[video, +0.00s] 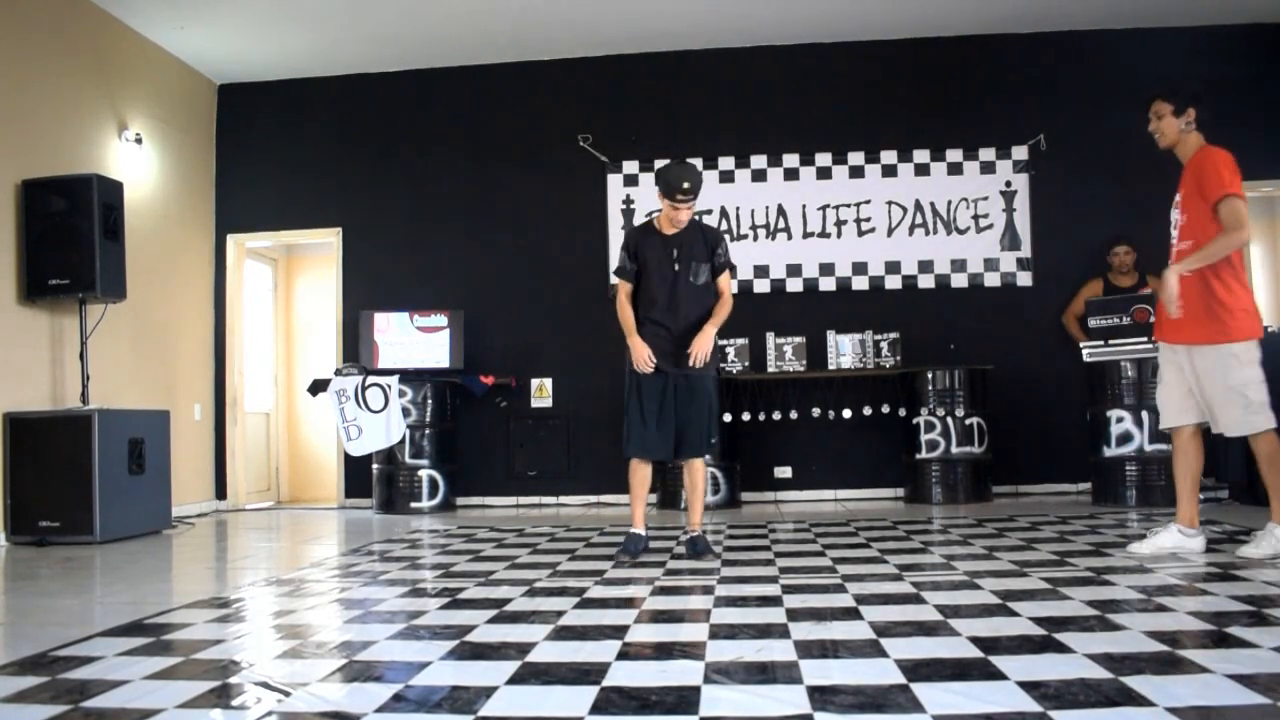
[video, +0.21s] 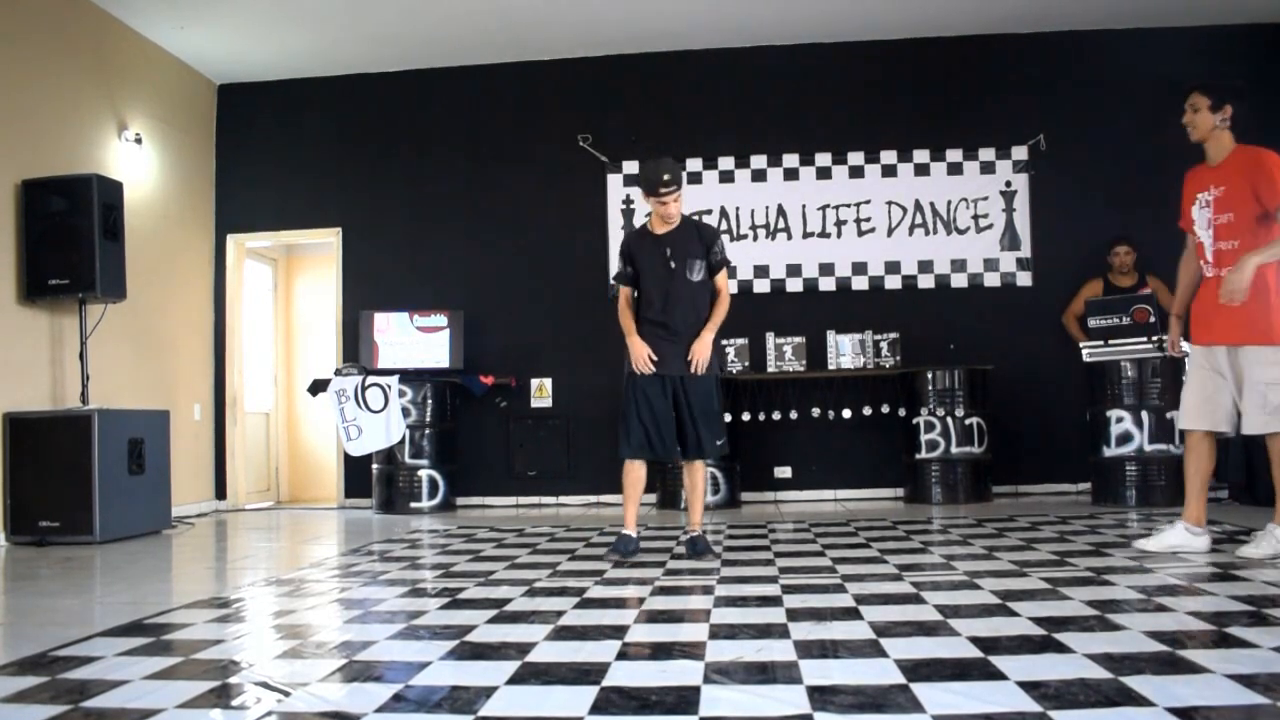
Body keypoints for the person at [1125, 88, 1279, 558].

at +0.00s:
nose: (1151, 127)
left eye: (1159, 118)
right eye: (1150, 120)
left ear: (1188, 118)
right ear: (1175, 123)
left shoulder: (1212, 161)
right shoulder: (1188, 173)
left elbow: (1238, 230)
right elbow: (1203, 244)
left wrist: (1177, 268)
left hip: (1223, 327)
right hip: (1181, 327)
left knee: (1257, 425)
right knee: (1182, 423)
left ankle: (1278, 523)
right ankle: (1186, 528)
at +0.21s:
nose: (1186, 118)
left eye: (1195, 110)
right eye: (1185, 111)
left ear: (1224, 115)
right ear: (1193, 121)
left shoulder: (1262, 163)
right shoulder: (1194, 179)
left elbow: (1278, 232)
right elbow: (1193, 252)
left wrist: (1251, 259)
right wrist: (1176, 314)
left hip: (1263, 325)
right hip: (1210, 327)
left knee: (1272, 427)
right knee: (1198, 424)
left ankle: (1278, 525)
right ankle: (1193, 525)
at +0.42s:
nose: (1220, 115)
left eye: (1230, 108)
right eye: (1219, 108)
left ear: (1258, 116)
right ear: (1221, 119)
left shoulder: (1276, 164)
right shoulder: (1213, 178)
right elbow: (1182, 243)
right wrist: (1139, 295)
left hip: (1274, 321)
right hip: (1226, 322)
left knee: (1276, 428)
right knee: (1216, 419)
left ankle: (1278, 523)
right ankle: (1273, 494)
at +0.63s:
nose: (1248, 116)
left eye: (1259, 109)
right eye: (1246, 109)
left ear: (1279, 120)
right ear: (1241, 119)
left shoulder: (1279, 171)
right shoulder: (1226, 180)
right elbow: (1208, 245)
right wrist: (1174, 282)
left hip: (1277, 320)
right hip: (1242, 323)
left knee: (1273, 428)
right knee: (1261, 429)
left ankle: (1277, 525)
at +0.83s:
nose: (1263, 124)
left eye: (1271, 116)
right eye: (1260, 117)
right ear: (1254, 126)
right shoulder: (1244, 189)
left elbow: (1244, 256)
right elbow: (1244, 255)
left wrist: (1250, 311)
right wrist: (1249, 311)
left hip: (1277, 328)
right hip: (1270, 329)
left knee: (1276, 423)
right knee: (1276, 421)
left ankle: (1278, 521)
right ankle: (1278, 520)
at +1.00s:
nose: (1263, 127)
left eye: (1272, 119)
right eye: (1260, 120)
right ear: (1258, 128)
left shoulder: (1264, 192)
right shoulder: (1264, 192)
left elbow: (1268, 260)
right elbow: (1268, 259)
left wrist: (1262, 320)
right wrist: (1262, 319)